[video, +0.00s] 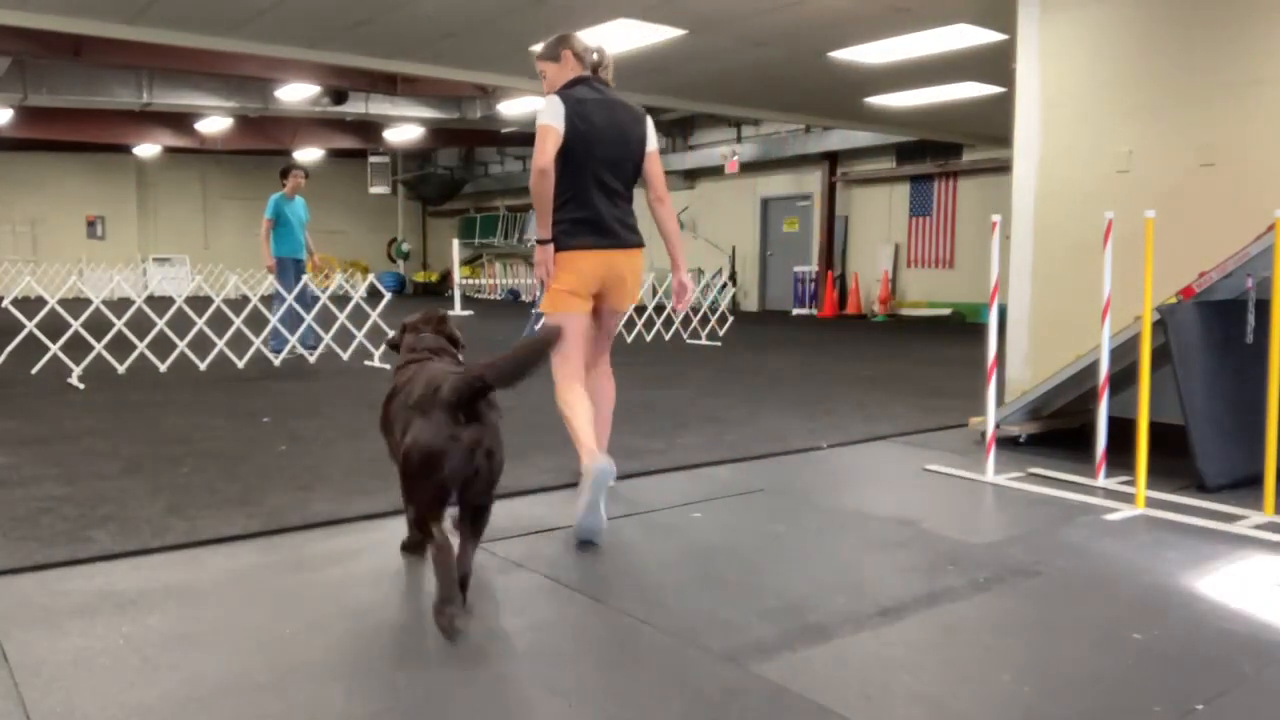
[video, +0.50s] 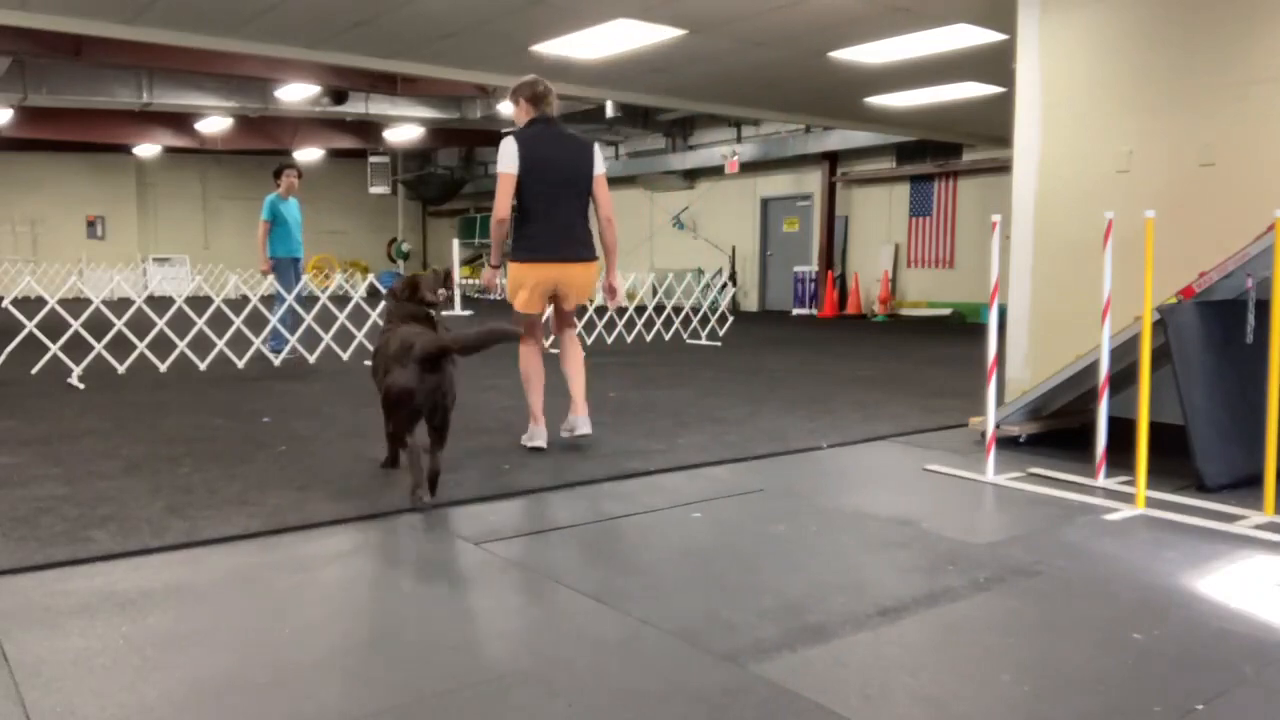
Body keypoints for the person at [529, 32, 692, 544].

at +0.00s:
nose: (544, 83)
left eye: (545, 73)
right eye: (542, 75)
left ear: (568, 61)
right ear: (587, 64)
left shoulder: (557, 105)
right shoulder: (638, 117)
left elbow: (542, 166)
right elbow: (659, 196)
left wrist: (543, 238)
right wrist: (679, 265)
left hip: (574, 256)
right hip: (627, 257)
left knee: (568, 376)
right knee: (600, 363)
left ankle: (592, 460)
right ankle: (597, 474)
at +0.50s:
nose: (513, 114)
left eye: (514, 107)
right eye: (513, 108)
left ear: (525, 106)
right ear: (551, 106)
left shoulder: (514, 143)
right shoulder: (588, 147)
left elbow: (501, 215)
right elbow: (606, 216)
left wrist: (494, 262)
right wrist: (612, 270)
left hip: (531, 263)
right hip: (579, 263)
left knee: (529, 334)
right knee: (568, 326)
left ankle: (537, 424)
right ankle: (580, 413)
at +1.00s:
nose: (497, 105)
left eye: (497, 98)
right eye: (497, 98)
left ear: (507, 95)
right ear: (538, 94)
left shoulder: (502, 133)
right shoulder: (574, 133)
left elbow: (502, 215)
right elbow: (597, 205)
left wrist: (491, 247)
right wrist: (564, 212)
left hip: (521, 260)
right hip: (570, 260)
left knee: (500, 342)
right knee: (547, 334)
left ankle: (511, 443)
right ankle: (568, 427)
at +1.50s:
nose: (531, 59)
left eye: (530, 53)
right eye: (533, 54)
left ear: (540, 51)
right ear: (584, 49)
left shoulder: (520, 94)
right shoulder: (621, 90)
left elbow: (504, 194)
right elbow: (637, 181)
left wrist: (507, 245)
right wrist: (601, 192)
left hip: (542, 250)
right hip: (611, 250)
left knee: (544, 382)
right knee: (595, 360)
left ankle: (550, 518)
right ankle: (599, 482)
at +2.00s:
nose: (616, 14)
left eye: (615, 10)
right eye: (617, 11)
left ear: (629, 4)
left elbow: (589, 181)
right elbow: (770, 143)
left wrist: (564, 268)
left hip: (685, 220)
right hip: (778, 216)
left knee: (678, 426)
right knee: (726, 403)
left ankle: (692, 630)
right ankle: (715, 588)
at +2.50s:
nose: (804, 13)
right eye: (799, 8)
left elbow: (938, 52)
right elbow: (1025, 190)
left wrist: (850, 219)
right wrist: (952, 314)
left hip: (1106, 197)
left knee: (1059, 506)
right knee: (1008, 461)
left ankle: (1222, 709)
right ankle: (993, 703)